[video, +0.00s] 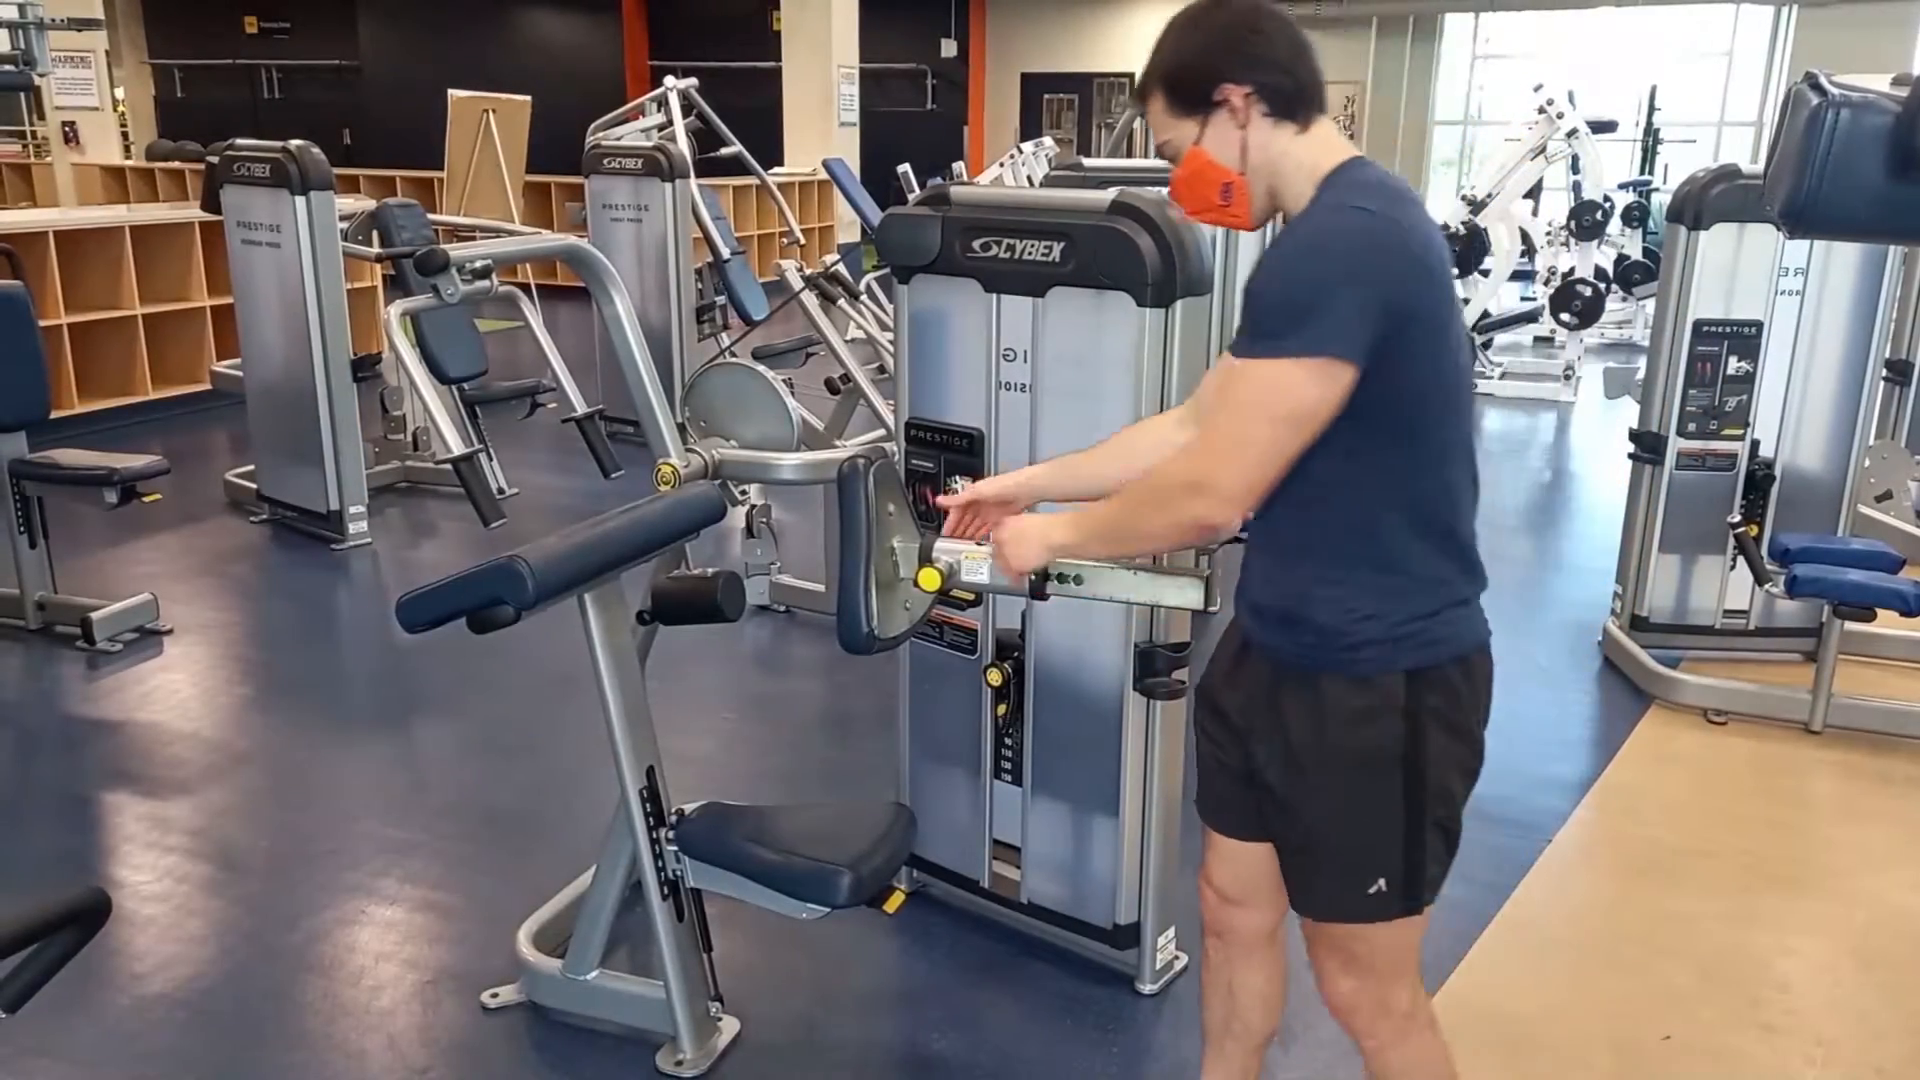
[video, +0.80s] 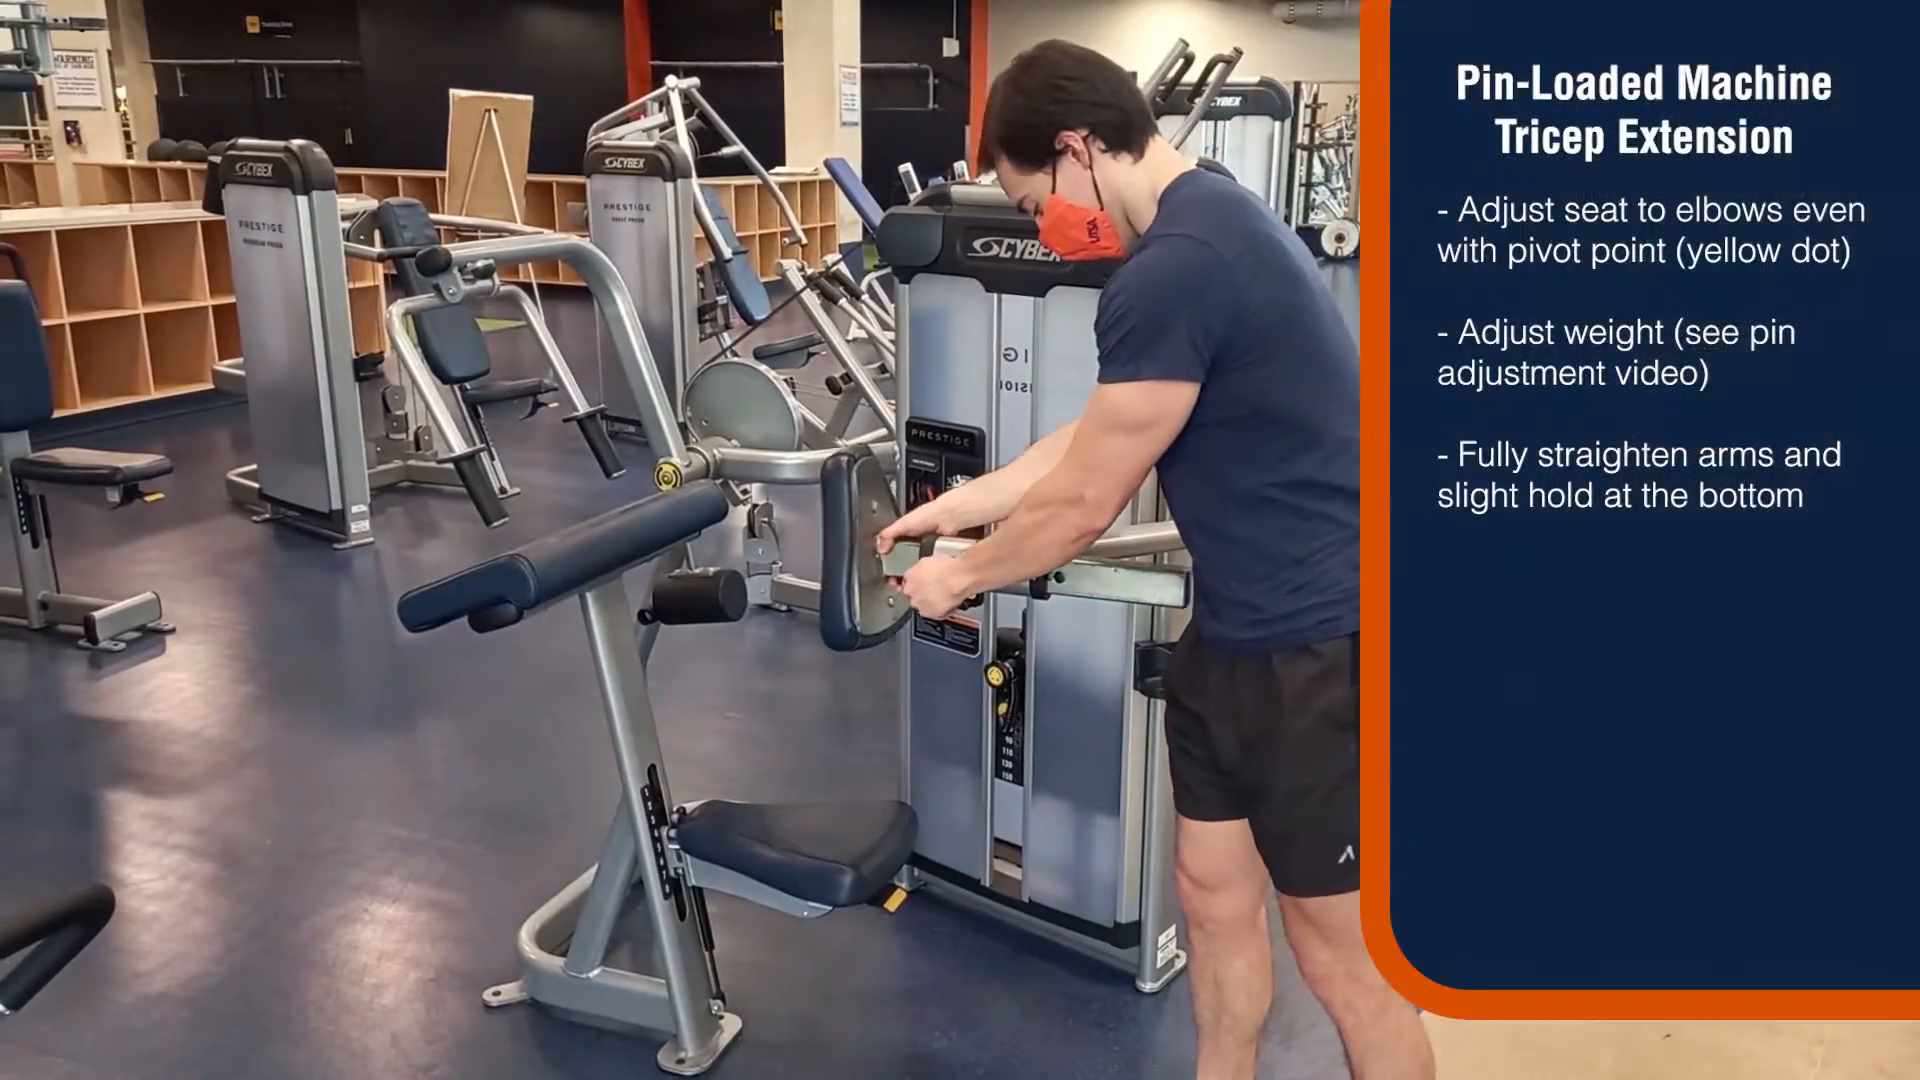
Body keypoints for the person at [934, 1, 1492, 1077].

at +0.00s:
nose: (1187, 175)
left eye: (1183, 143)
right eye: (1176, 151)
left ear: (1240, 107)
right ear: (1253, 108)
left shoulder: (1353, 235)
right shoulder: (1311, 237)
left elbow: (1220, 490)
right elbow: (1195, 429)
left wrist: (1055, 537)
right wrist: (1023, 485)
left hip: (1380, 673)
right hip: (1274, 644)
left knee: (1372, 989)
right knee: (1236, 912)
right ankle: (1229, 1070)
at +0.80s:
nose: (1047, 225)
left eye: (1037, 201)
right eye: (1031, 208)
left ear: (1079, 149)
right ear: (1092, 142)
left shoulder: (1184, 260)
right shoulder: (1196, 223)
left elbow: (1086, 505)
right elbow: (1099, 441)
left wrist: (967, 575)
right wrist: (962, 508)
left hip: (1315, 638)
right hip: (1227, 629)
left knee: (1339, 946)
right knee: (1214, 895)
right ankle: (1224, 1076)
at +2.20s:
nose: (1031, 209)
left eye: (1019, 180)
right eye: (1014, 189)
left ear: (1069, 136)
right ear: (1082, 133)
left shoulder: (1179, 244)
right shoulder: (1159, 242)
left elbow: (1108, 515)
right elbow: (1060, 431)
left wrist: (985, 602)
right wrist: (919, 510)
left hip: (1286, 638)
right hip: (1207, 635)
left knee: (1243, 958)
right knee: (1191, 920)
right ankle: (1216, 1076)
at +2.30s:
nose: (1028, 206)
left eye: (1018, 177)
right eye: (1013, 185)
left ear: (1068, 137)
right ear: (1083, 133)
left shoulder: (1182, 248)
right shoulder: (1165, 242)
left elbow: (1132, 523)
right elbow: (1059, 433)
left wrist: (1014, 631)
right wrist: (904, 516)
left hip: (1284, 645)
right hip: (1212, 639)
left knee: (1245, 963)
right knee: (1196, 918)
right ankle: (1214, 1075)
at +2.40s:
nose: (1029, 203)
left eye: (1018, 175)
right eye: (1013, 183)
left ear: (1068, 134)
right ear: (1084, 128)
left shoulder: (1181, 255)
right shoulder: (1168, 237)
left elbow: (1163, 531)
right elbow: (1080, 432)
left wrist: (1049, 662)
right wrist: (927, 498)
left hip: (1273, 656)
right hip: (1221, 646)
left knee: (1239, 986)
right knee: (1205, 927)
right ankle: (1227, 1067)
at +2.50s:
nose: (1026, 203)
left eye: (1016, 174)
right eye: (1011, 181)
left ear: (1064, 128)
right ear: (1082, 122)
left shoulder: (1173, 258)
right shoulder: (1200, 221)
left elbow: (1189, 544)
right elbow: (1124, 445)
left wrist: (1088, 694)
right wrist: (951, 475)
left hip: (1257, 668)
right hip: (1259, 654)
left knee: (1230, 995)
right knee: (1228, 962)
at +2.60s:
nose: (1008, 200)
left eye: (999, 172)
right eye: (994, 178)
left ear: (1049, 130)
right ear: (1073, 118)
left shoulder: (1166, 270)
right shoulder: (1196, 219)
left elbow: (1203, 559)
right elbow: (1146, 463)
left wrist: (1114, 726)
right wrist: (987, 485)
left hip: (1259, 679)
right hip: (1242, 659)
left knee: (1223, 1004)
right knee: (1184, 912)